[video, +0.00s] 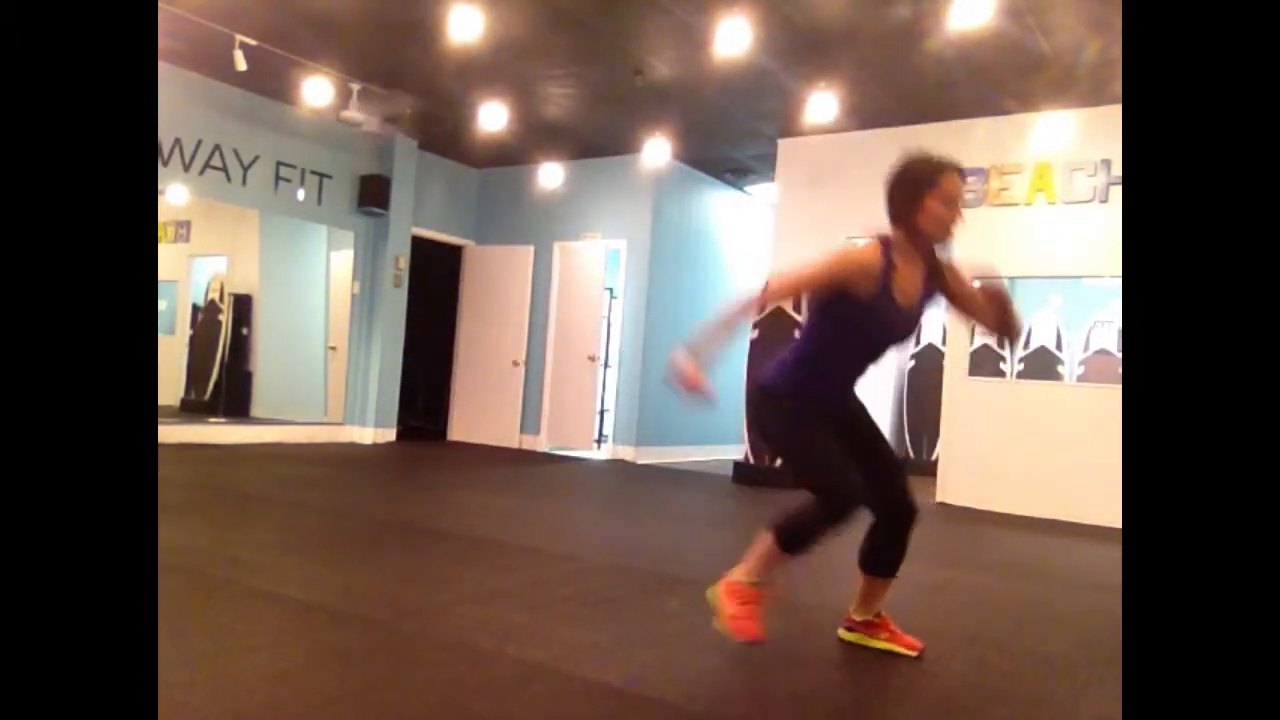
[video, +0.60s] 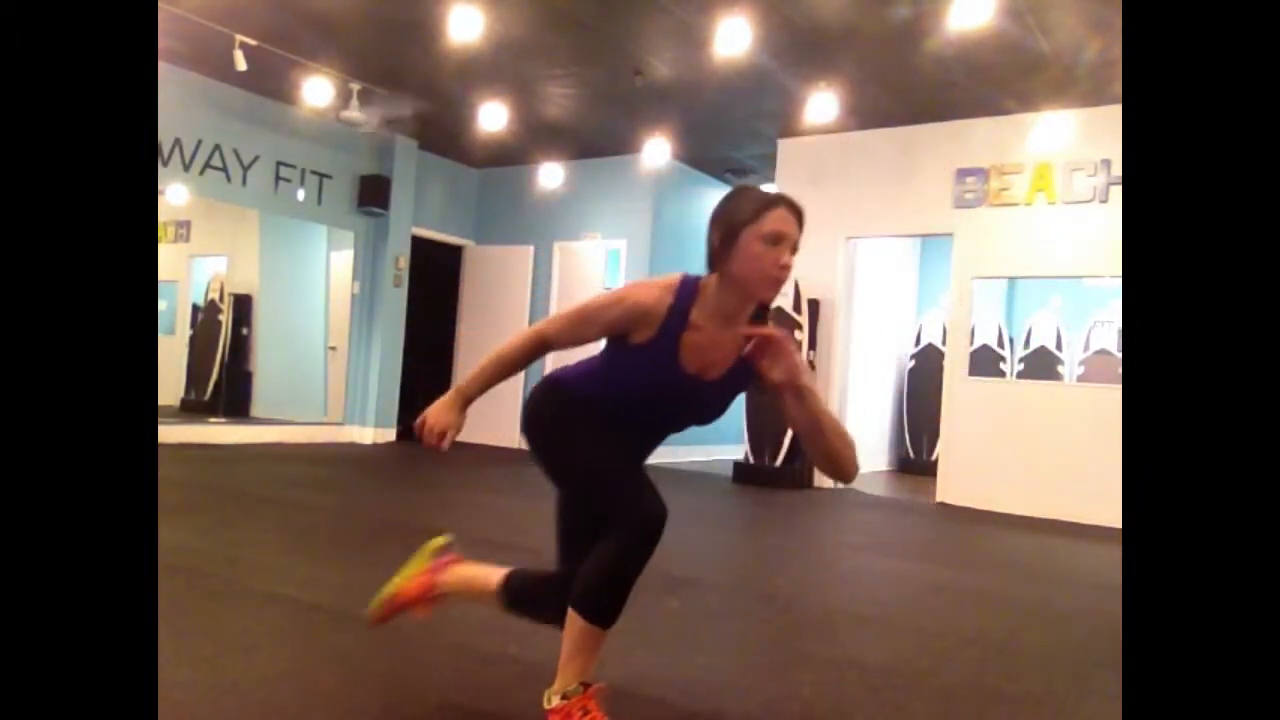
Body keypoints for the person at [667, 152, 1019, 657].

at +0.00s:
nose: (957, 215)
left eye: (959, 204)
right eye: (948, 202)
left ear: (931, 210)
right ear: (914, 204)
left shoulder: (935, 272)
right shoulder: (864, 261)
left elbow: (1001, 328)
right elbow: (767, 295)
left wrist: (998, 302)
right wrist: (697, 353)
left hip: (836, 398)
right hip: (785, 395)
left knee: (896, 506)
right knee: (840, 494)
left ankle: (864, 616)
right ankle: (739, 583)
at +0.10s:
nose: (938, 162)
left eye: (941, 150)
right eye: (929, 148)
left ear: (920, 160)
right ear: (891, 152)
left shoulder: (919, 225)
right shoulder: (838, 210)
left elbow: (1002, 279)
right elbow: (729, 235)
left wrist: (966, 240)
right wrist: (651, 281)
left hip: (805, 362)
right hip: (758, 352)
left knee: (838, 477)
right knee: (776, 458)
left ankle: (868, 607)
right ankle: (677, 583)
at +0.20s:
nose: (913, 140)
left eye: (918, 128)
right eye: (902, 124)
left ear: (911, 139)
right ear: (859, 127)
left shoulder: (891, 210)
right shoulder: (806, 183)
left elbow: (976, 268)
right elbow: (690, 200)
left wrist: (940, 219)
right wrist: (601, 246)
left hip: (773, 343)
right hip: (717, 328)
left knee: (800, 455)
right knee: (714, 451)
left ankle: (824, 574)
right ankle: (625, 608)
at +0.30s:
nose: (879, 152)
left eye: (883, 139)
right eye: (868, 137)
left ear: (873, 150)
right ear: (824, 143)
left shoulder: (854, 231)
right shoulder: (761, 195)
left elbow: (944, 300)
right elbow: (643, 212)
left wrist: (909, 238)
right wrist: (552, 255)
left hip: (725, 365)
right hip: (667, 347)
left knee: (765, 490)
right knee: (664, 479)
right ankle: (596, 668)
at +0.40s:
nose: (835, 198)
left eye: (842, 186)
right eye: (823, 182)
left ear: (844, 198)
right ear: (783, 183)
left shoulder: (815, 287)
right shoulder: (712, 244)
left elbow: (898, 366)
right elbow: (600, 264)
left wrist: (860, 301)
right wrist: (503, 305)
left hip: (678, 410)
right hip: (620, 383)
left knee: (697, 547)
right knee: (647, 518)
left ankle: (617, 528)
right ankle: (577, 687)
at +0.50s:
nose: (807, 239)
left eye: (813, 229)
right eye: (795, 222)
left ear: (812, 241)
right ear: (750, 222)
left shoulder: (791, 326)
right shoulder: (680, 282)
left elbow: (861, 437)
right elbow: (564, 312)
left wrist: (818, 358)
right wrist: (473, 367)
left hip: (644, 434)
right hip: (586, 402)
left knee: (625, 582)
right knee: (644, 517)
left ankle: (523, 549)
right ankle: (569, 692)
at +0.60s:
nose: (785, 259)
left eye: (793, 248)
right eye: (772, 242)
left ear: (793, 261)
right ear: (725, 244)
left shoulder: (771, 344)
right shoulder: (656, 303)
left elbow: (844, 468)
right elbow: (542, 337)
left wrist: (798, 385)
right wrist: (456, 399)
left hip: (622, 445)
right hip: (566, 412)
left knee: (570, 598)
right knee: (641, 517)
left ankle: (447, 571)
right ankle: (568, 691)